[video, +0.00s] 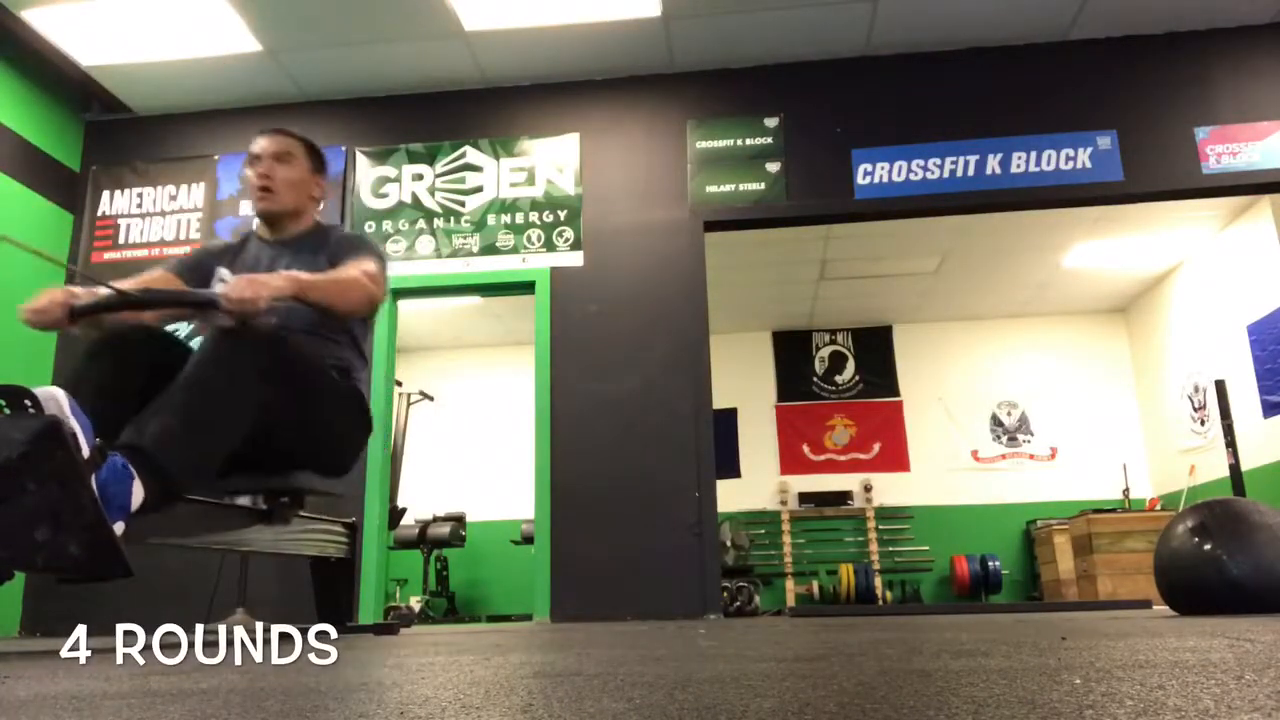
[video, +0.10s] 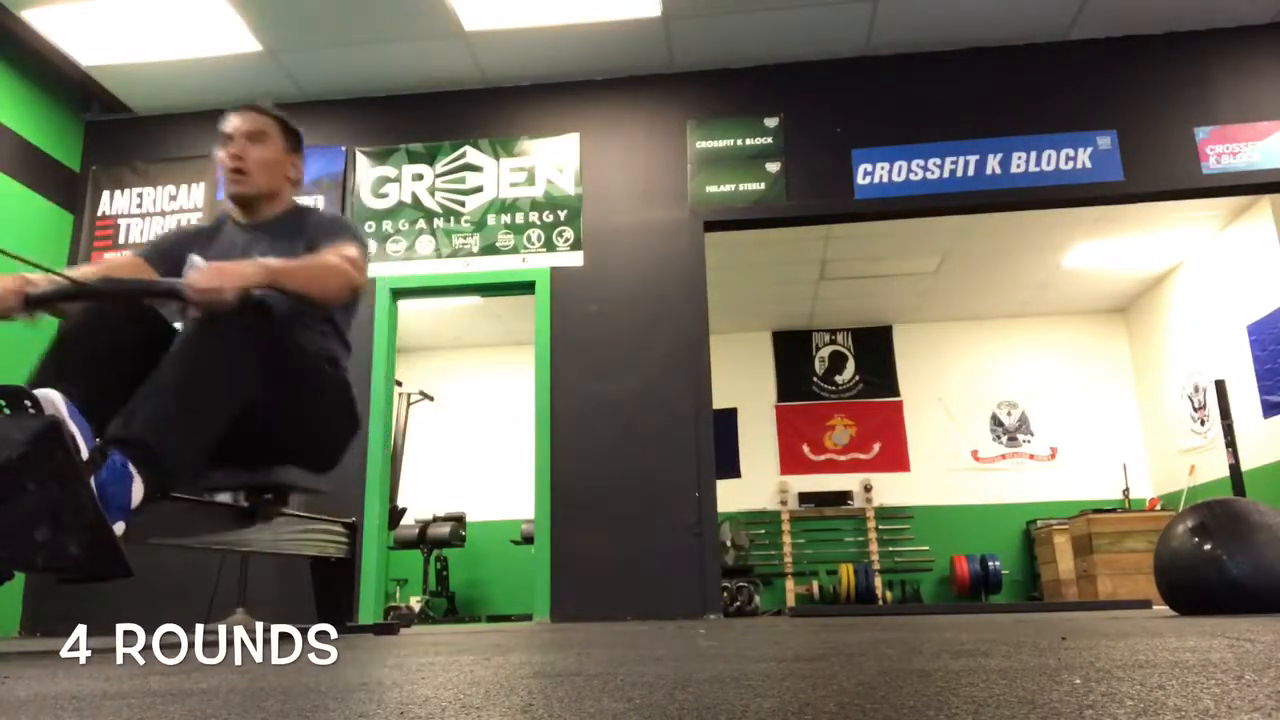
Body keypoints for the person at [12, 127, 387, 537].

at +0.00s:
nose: (261, 172)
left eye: (281, 161)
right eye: (254, 162)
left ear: (318, 188)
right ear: (244, 179)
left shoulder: (346, 246)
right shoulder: (227, 257)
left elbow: (366, 292)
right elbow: (146, 295)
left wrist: (282, 284)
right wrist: (79, 300)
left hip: (325, 420)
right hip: (229, 418)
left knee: (244, 343)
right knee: (129, 341)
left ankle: (124, 486)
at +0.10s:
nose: (234, 151)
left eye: (255, 140)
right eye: (227, 141)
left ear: (294, 168)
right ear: (216, 161)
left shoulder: (323, 229)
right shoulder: (199, 240)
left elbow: (344, 278)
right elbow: (119, 272)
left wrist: (255, 273)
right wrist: (33, 286)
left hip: (304, 421)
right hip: (205, 421)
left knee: (242, 315)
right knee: (111, 309)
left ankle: (122, 478)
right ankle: (31, 452)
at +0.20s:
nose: (200, 130)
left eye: (223, 117)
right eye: (191, 119)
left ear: (265, 144)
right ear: (181, 138)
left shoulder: (301, 206)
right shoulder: (165, 220)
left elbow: (320, 259)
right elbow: (73, 256)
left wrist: (215, 257)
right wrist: (12, 267)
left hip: (282, 412)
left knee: (230, 290)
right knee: (85, 286)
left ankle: (125, 468)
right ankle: (18, 443)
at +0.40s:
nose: (130, 86)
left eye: (156, 72)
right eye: (121, 75)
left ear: (205, 100)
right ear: (109, 96)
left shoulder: (247, 166)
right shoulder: (89, 177)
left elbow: (257, 209)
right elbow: (9, 198)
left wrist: (111, 200)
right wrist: (34, 210)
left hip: (244, 397)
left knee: (202, 231)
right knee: (14, 240)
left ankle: (125, 451)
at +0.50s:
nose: (106, 69)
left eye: (133, 55)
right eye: (95, 59)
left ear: (183, 86)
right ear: (85, 84)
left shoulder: (231, 149)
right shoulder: (71, 163)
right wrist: (14, 171)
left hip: (233, 391)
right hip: (106, 379)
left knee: (184, 221)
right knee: (23, 216)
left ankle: (124, 444)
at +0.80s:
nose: (162, 83)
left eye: (187, 71)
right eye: (154, 74)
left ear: (229, 102)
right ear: (141, 99)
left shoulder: (267, 168)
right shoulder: (113, 182)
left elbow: (242, 209)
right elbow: (13, 214)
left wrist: (118, 169)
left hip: (246, 393)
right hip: (128, 385)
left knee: (187, 233)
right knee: (49, 247)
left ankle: (119, 454)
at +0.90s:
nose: (208, 106)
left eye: (231, 96)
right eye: (198, 98)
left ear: (266, 127)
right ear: (185, 125)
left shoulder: (296, 190)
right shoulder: (155, 204)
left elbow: (284, 231)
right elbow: (65, 241)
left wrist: (169, 193)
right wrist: (1, 232)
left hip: (274, 401)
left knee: (203, 275)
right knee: (75, 273)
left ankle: (116, 466)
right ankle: (16, 443)